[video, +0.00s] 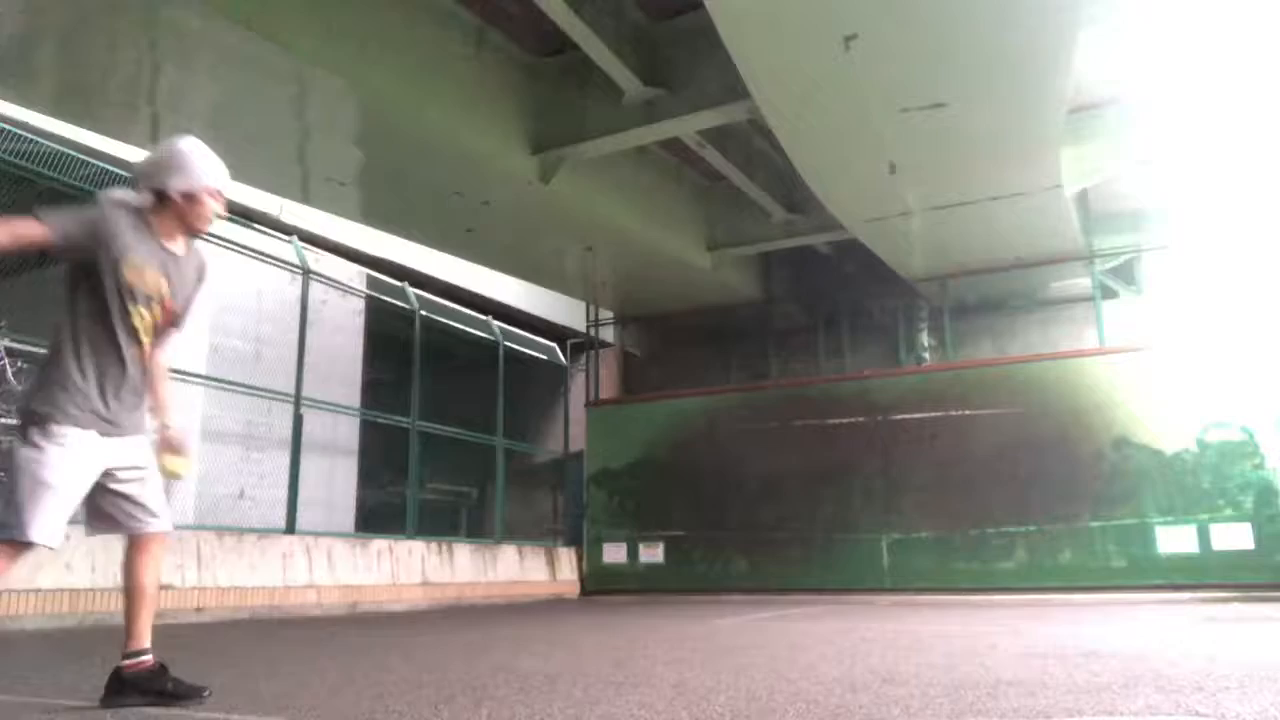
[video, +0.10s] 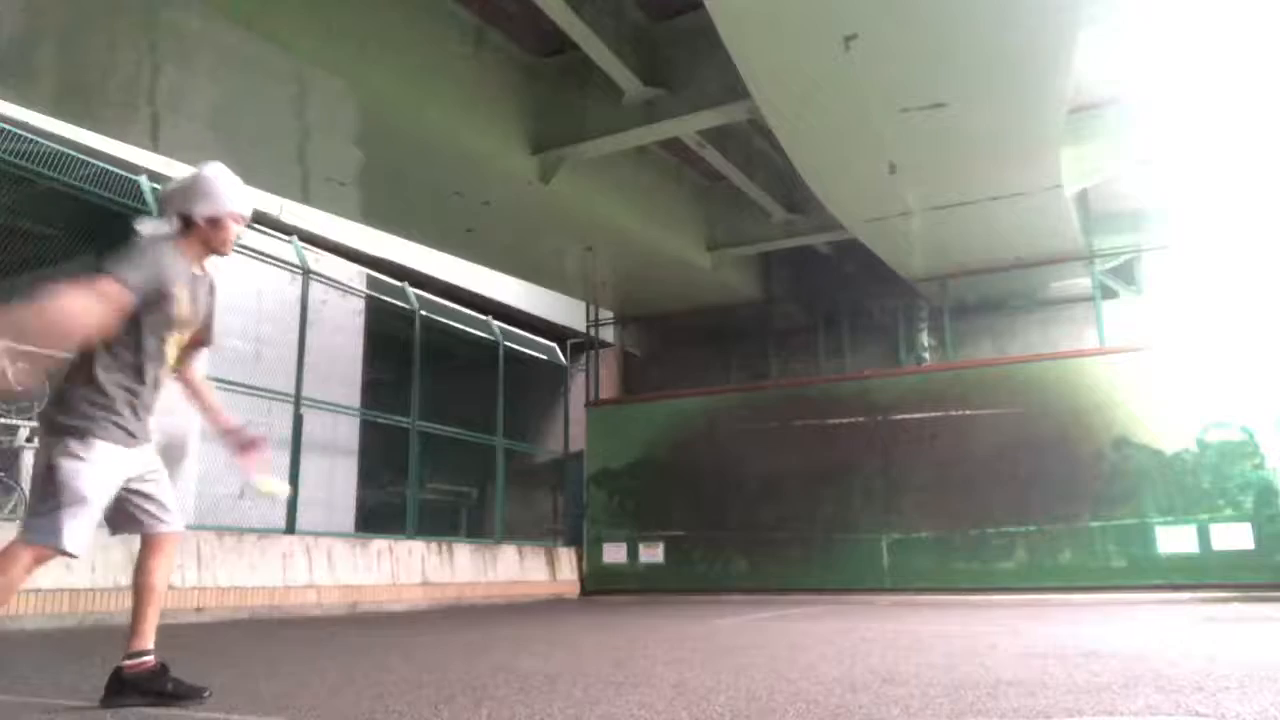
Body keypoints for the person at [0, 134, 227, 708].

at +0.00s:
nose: (220, 205)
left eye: (220, 194)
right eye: (210, 194)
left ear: (198, 198)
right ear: (175, 194)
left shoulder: (194, 264)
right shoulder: (111, 222)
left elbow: (154, 349)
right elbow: (23, 230)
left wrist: (165, 424)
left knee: (152, 531)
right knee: (18, 541)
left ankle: (137, 665)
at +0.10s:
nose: (240, 230)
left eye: (240, 221)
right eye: (233, 220)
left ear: (214, 222)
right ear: (202, 218)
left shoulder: (203, 285)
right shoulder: (151, 259)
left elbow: (186, 369)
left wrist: (230, 431)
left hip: (133, 438)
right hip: (85, 431)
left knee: (165, 530)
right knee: (39, 544)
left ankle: (138, 665)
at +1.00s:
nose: (301, 212)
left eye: (302, 202)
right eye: (300, 202)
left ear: (246, 197)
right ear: (282, 199)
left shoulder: (214, 246)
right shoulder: (282, 241)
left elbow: (196, 330)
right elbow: (290, 339)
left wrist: (230, 371)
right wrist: (285, 394)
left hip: (199, 392)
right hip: (235, 397)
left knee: (230, 529)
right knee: (203, 529)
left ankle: (208, 652)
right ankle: (149, 671)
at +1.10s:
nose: (311, 219)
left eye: (311, 209)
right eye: (309, 208)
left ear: (261, 203)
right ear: (292, 205)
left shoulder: (237, 250)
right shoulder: (283, 246)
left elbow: (226, 338)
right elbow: (287, 345)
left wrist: (292, 392)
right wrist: (316, 409)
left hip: (222, 405)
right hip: (242, 411)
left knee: (260, 528)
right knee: (206, 531)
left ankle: (246, 655)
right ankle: (149, 673)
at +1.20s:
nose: (325, 232)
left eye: (324, 221)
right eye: (323, 221)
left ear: (279, 215)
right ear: (305, 217)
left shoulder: (267, 260)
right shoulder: (289, 252)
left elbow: (292, 358)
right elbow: (298, 347)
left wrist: (368, 382)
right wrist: (359, 400)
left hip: (258, 425)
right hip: (250, 424)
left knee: (284, 534)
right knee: (213, 535)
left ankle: (279, 655)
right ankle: (152, 671)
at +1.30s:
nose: (342, 241)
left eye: (342, 231)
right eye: (339, 230)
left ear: (306, 228)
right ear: (320, 228)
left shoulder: (301, 273)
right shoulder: (294, 264)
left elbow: (342, 348)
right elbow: (312, 349)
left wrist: (415, 352)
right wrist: (392, 375)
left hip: (285, 434)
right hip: (268, 431)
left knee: (312, 535)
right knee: (238, 534)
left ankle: (286, 658)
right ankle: (168, 661)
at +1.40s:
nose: (361, 248)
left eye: (360, 238)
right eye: (358, 238)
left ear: (329, 235)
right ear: (340, 235)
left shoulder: (331, 281)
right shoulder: (308, 268)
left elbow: (355, 341)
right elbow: (314, 339)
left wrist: (410, 338)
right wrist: (387, 346)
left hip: (308, 425)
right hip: (286, 423)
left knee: (322, 539)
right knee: (289, 527)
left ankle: (287, 657)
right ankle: (208, 643)